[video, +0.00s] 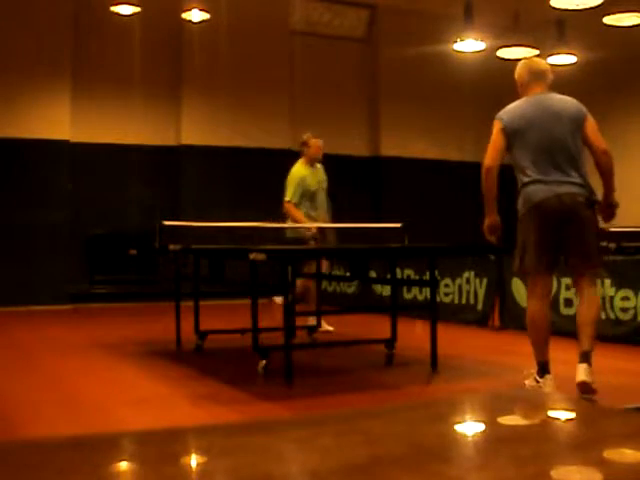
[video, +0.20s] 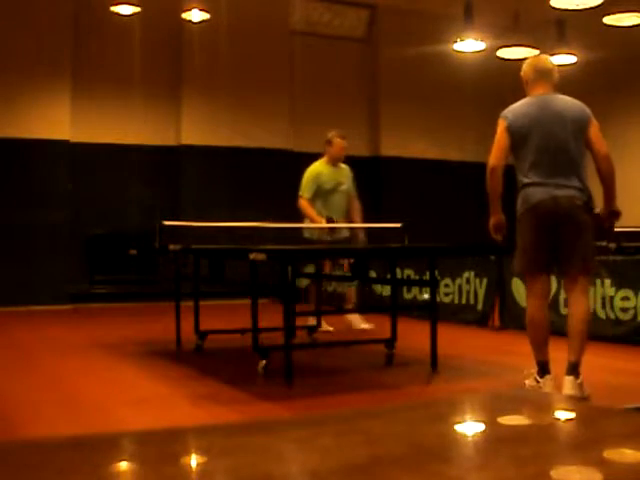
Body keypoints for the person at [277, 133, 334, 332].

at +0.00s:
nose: (320, 152)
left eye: (320, 148)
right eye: (316, 148)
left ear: (319, 150)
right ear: (306, 149)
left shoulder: (319, 168)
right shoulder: (297, 172)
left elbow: (320, 198)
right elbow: (288, 204)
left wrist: (325, 221)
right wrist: (307, 224)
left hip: (319, 227)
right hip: (301, 229)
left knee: (314, 271)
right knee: (311, 271)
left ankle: (286, 297)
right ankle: (313, 315)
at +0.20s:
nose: (343, 153)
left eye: (344, 148)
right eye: (339, 148)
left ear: (344, 149)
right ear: (328, 147)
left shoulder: (345, 171)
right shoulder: (315, 170)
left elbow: (353, 201)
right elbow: (303, 200)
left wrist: (358, 227)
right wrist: (319, 220)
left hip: (341, 231)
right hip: (318, 232)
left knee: (348, 270)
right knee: (317, 273)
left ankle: (351, 310)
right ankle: (314, 315)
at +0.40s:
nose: (375, 166)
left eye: (377, 163)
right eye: (373, 161)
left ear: (378, 163)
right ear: (362, 158)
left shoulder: (377, 183)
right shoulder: (343, 177)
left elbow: (386, 211)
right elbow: (325, 203)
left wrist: (392, 233)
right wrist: (330, 226)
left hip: (363, 240)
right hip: (339, 238)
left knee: (377, 274)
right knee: (331, 279)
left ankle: (395, 315)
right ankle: (320, 317)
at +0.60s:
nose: (419, 191)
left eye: (421, 187)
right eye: (417, 186)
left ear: (421, 188)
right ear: (407, 182)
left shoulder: (414, 208)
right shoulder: (382, 192)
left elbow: (419, 238)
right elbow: (349, 214)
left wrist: (422, 259)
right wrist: (346, 235)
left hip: (386, 246)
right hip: (360, 243)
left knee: (404, 276)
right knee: (350, 286)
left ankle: (405, 322)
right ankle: (322, 313)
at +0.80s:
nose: (435, 233)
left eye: (438, 231)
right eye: (436, 229)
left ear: (441, 229)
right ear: (432, 219)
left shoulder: (434, 237)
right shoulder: (404, 211)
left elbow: (439, 274)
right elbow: (364, 214)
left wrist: (443, 304)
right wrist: (350, 235)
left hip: (395, 249)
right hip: (369, 242)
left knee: (412, 273)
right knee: (352, 277)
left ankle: (407, 323)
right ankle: (328, 309)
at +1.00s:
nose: (433, 249)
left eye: (437, 249)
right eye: (434, 246)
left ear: (442, 247)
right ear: (431, 235)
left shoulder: (434, 254)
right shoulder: (411, 222)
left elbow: (438, 288)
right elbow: (371, 217)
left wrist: (439, 322)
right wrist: (352, 236)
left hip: (394, 250)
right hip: (370, 241)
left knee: (416, 273)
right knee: (357, 269)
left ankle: (407, 324)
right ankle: (336, 300)